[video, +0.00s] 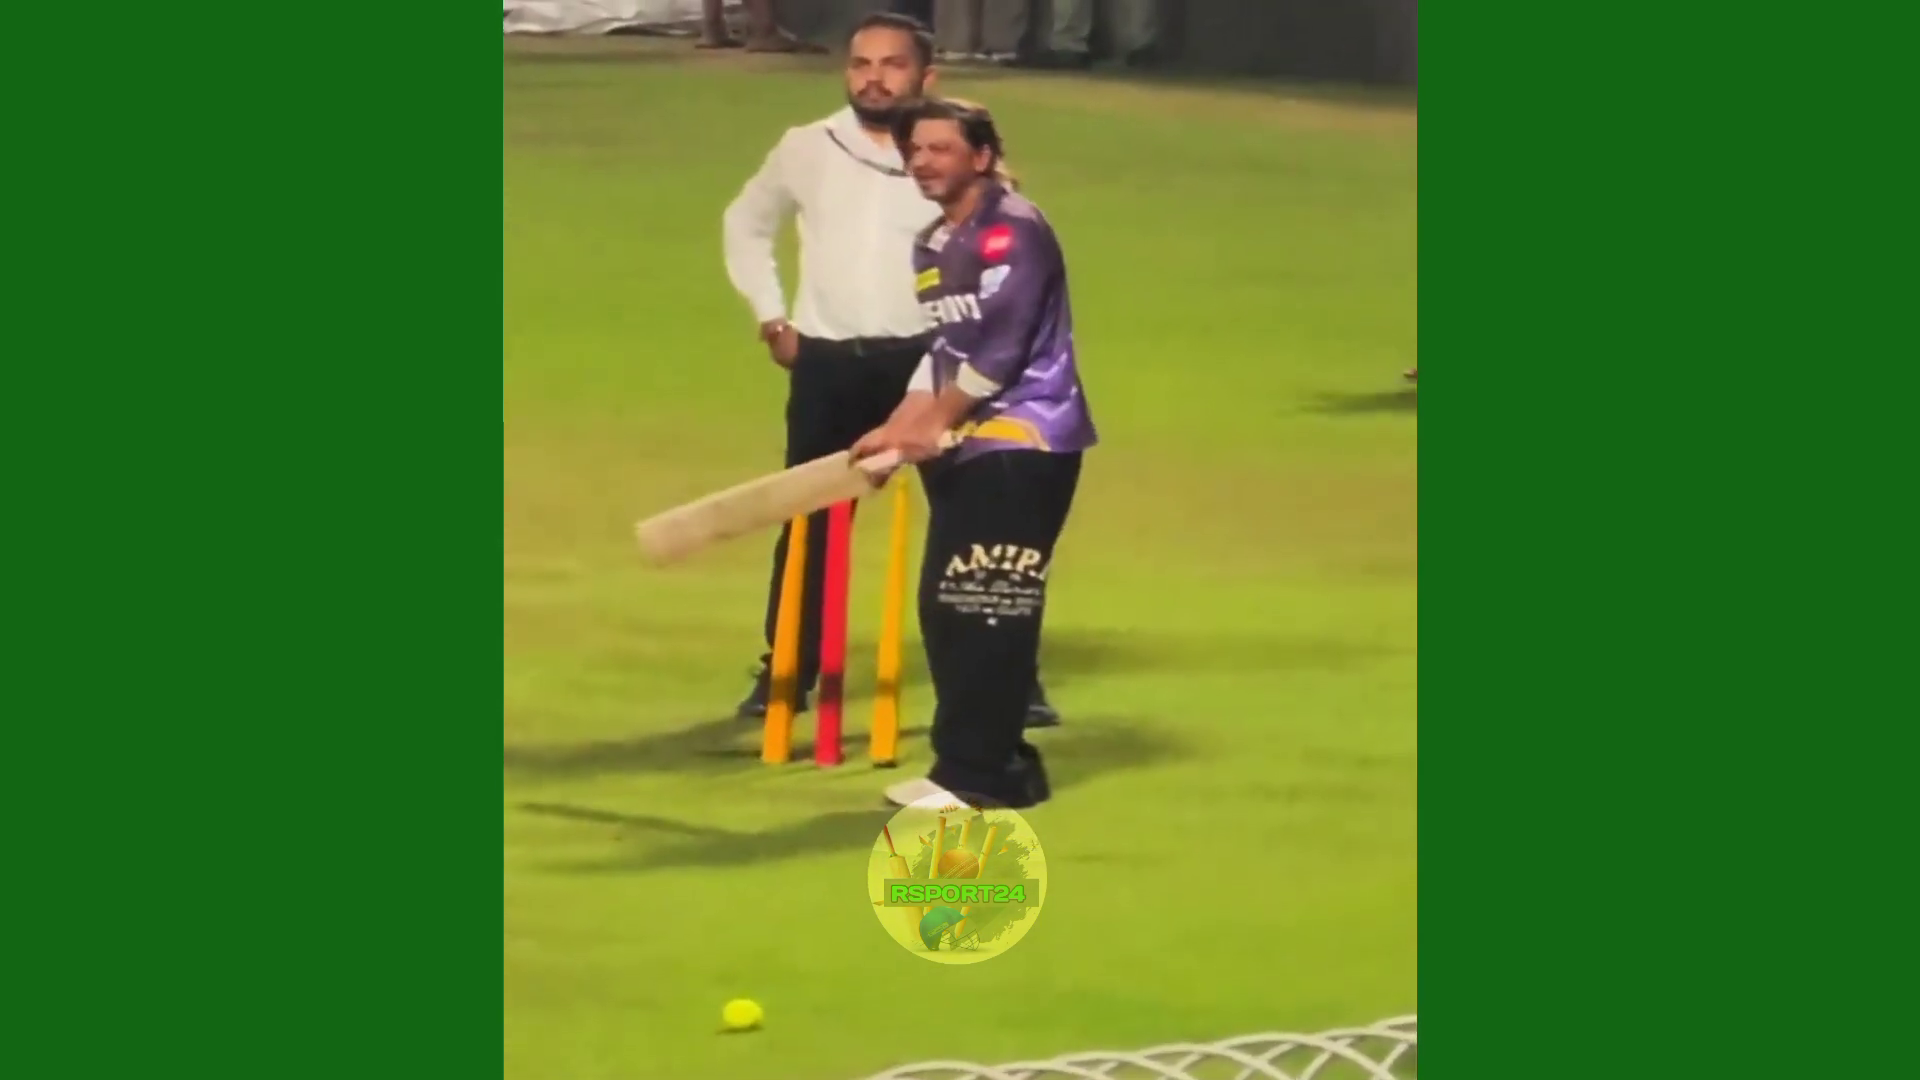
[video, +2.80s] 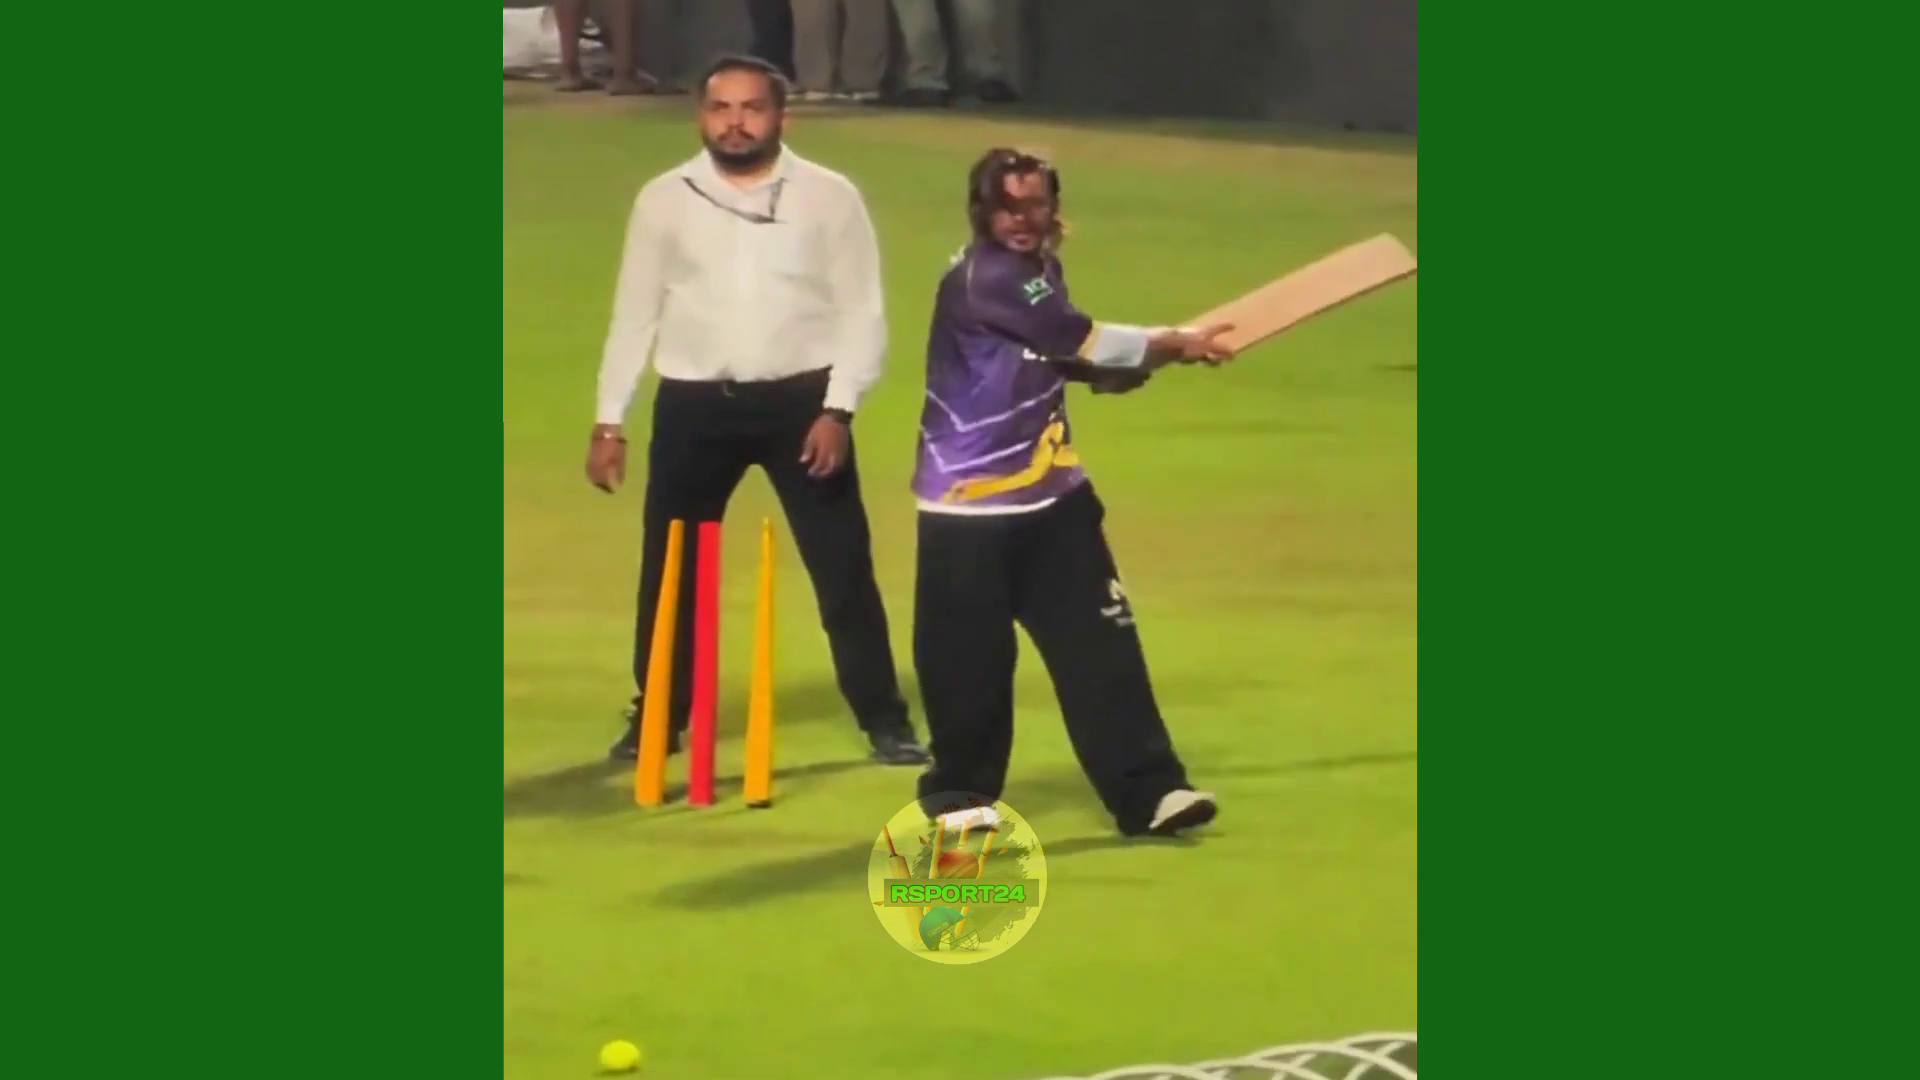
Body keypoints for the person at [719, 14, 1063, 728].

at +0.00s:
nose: (873, 77)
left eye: (891, 64)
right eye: (861, 63)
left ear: (924, 74)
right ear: (846, 70)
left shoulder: (951, 151)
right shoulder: (805, 149)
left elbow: (1000, 258)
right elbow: (745, 224)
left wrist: (974, 351)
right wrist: (770, 316)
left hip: (931, 362)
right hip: (829, 363)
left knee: (974, 526)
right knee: (809, 526)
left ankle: (1013, 681)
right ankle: (788, 674)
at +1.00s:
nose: (837, 139)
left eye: (853, 126)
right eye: (822, 126)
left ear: (880, 135)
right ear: (804, 135)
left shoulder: (927, 212)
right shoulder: (765, 216)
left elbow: (973, 324)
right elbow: (708, 290)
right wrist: (733, 383)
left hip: (900, 430)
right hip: (794, 429)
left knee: (945, 603)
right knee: (772, 598)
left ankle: (974, 755)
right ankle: (752, 747)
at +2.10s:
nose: (768, 165)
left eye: (785, 151)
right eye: (752, 151)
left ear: (813, 156)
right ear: (735, 158)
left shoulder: (864, 238)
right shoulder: (698, 238)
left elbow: (906, 340)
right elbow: (656, 325)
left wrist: (851, 416)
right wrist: (670, 386)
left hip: (839, 456)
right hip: (729, 456)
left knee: (881, 621)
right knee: (699, 614)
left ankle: (914, 775)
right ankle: (679, 761)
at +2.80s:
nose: (736, 121)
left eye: (752, 107)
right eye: (721, 108)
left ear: (780, 116)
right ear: (701, 116)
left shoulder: (832, 198)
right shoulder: (664, 202)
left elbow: (864, 312)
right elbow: (633, 316)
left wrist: (839, 410)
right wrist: (610, 422)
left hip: (802, 408)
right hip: (694, 412)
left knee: (846, 574)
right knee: (666, 573)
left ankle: (886, 722)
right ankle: (656, 719)